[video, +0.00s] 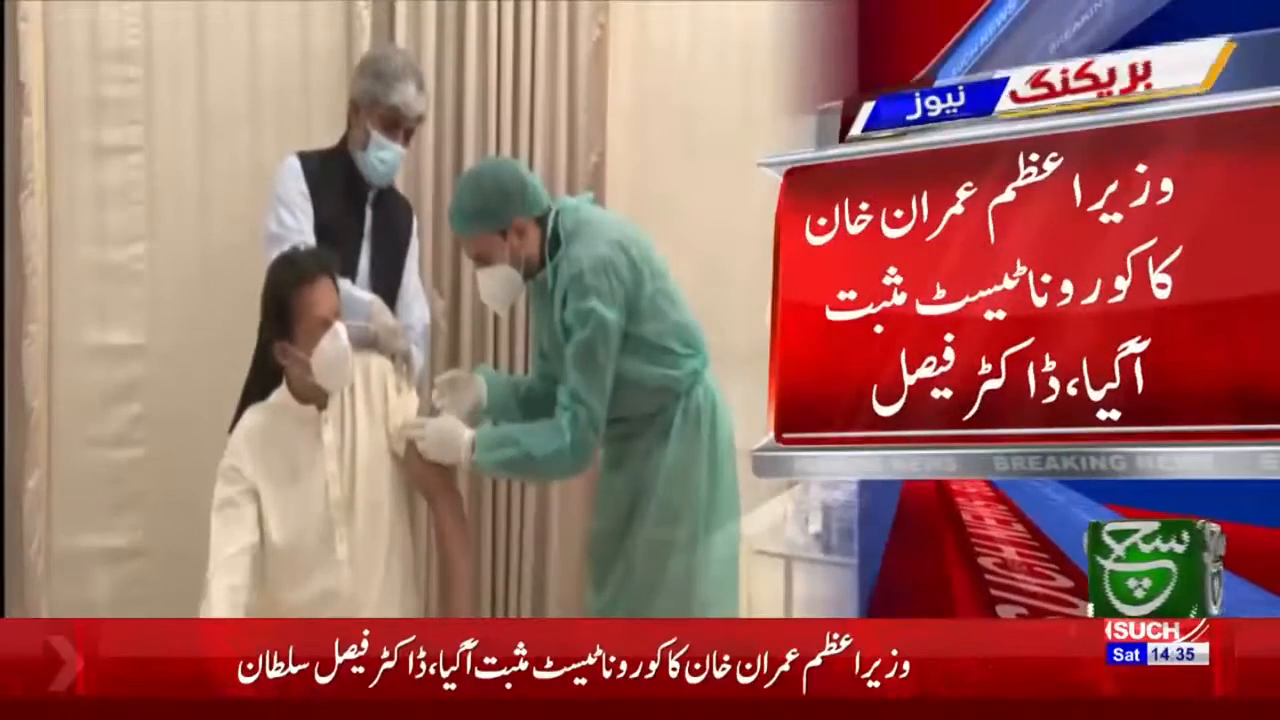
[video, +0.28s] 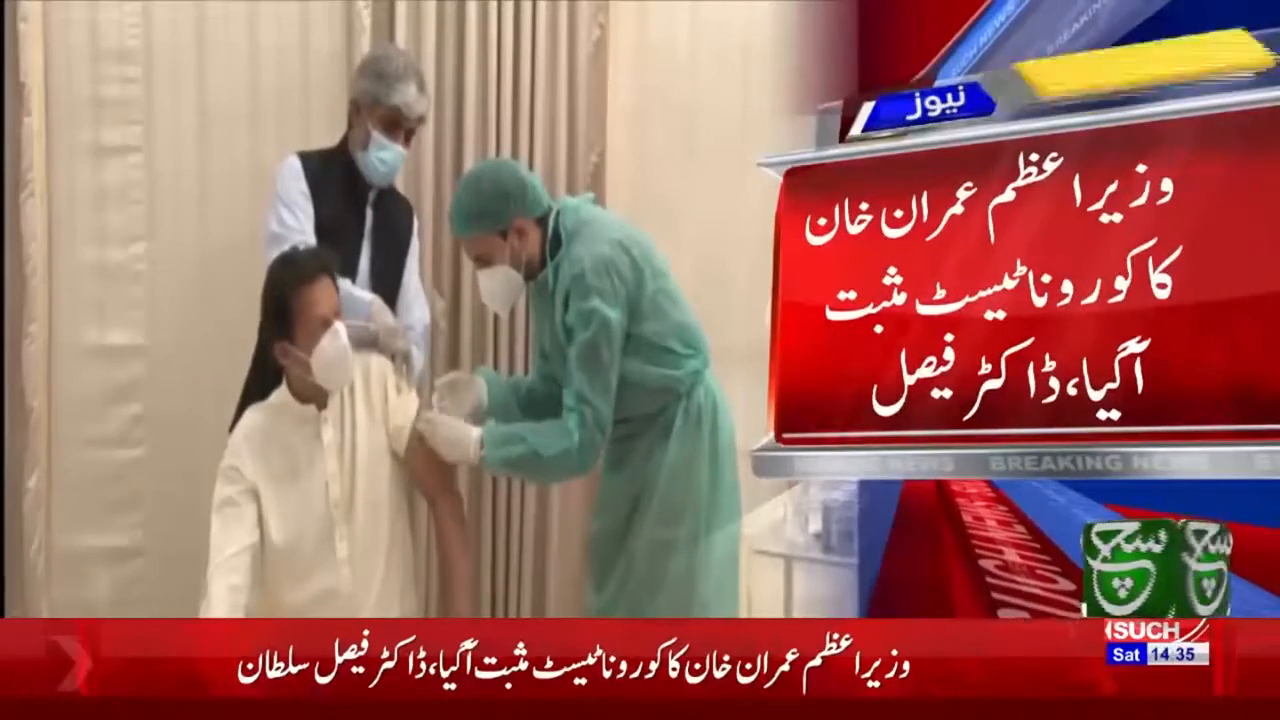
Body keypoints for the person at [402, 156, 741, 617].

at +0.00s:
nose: (481, 272)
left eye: (484, 259)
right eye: (475, 261)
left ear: (521, 231)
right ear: (520, 232)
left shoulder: (591, 261)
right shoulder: (550, 260)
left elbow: (575, 439)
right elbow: (549, 397)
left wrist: (471, 447)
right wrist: (485, 393)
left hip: (678, 432)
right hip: (630, 435)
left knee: (658, 600)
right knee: (614, 594)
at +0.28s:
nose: (483, 274)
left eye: (485, 261)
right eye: (477, 264)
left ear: (519, 233)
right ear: (519, 233)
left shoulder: (592, 263)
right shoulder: (550, 262)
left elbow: (582, 438)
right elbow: (554, 396)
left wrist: (479, 445)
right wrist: (486, 394)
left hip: (679, 432)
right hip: (630, 435)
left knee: (657, 598)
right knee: (614, 592)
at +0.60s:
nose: (484, 276)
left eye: (486, 262)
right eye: (477, 265)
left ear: (520, 233)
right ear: (520, 233)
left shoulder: (592, 263)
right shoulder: (551, 262)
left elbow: (571, 437)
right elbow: (551, 394)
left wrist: (469, 420)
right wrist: (484, 390)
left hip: (680, 434)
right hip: (632, 438)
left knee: (657, 603)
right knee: (613, 597)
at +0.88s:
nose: (483, 276)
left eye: (485, 262)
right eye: (476, 265)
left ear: (519, 233)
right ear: (519, 233)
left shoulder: (591, 261)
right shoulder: (553, 260)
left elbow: (563, 436)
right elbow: (551, 395)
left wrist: (462, 416)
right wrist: (485, 389)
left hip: (679, 434)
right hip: (632, 437)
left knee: (656, 605)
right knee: (614, 599)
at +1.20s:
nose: (484, 276)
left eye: (485, 263)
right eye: (476, 266)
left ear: (519, 233)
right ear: (519, 234)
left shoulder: (591, 261)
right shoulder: (554, 260)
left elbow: (563, 436)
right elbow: (555, 395)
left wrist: (461, 415)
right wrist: (486, 389)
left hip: (679, 434)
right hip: (633, 437)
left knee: (656, 604)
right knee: (614, 598)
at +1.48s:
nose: (487, 277)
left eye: (486, 263)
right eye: (479, 267)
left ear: (517, 231)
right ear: (519, 230)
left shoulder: (593, 258)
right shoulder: (558, 258)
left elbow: (562, 436)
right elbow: (560, 396)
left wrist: (457, 415)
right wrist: (489, 391)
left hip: (677, 437)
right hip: (635, 438)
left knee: (655, 608)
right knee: (618, 602)